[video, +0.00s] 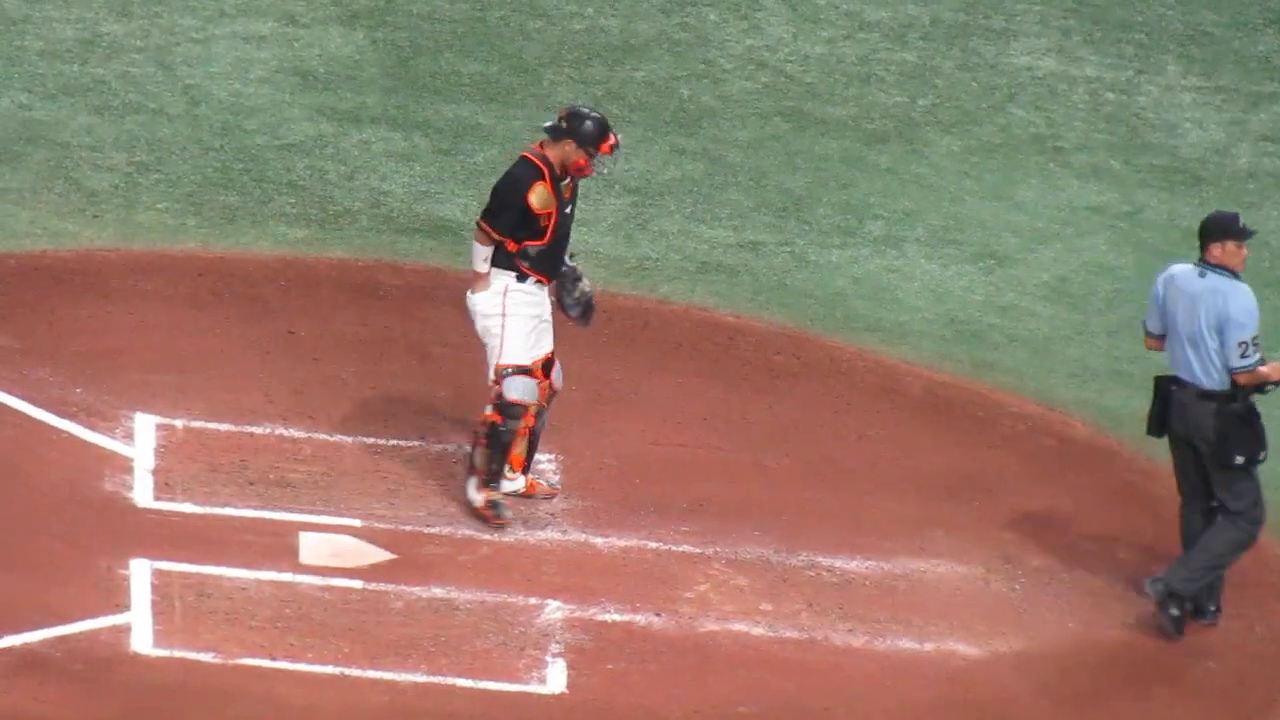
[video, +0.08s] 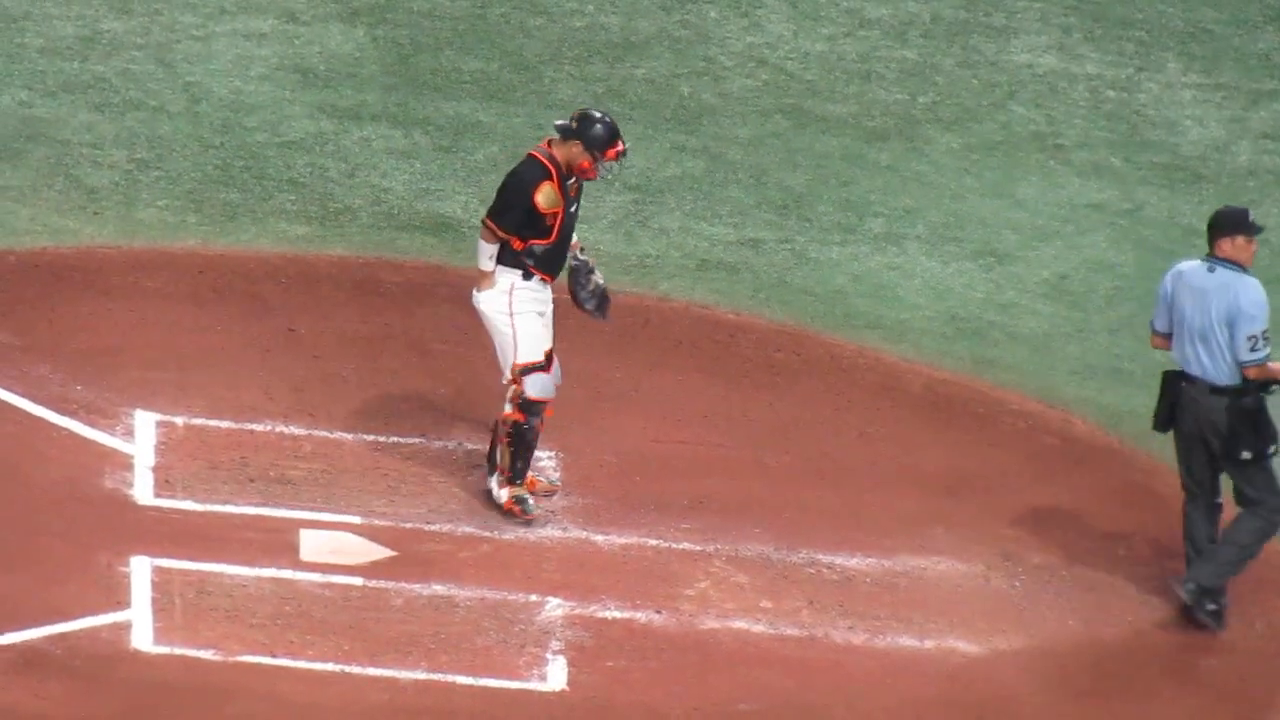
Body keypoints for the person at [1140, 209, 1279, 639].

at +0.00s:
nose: (1246, 251)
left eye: (1244, 244)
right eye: (1241, 245)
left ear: (1210, 249)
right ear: (1219, 249)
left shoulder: (1171, 277)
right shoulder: (1237, 296)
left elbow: (1154, 340)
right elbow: (1243, 374)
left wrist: (1200, 339)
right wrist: (1269, 372)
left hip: (1178, 404)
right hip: (1218, 413)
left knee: (1196, 504)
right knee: (1244, 515)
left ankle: (1205, 599)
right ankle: (1173, 588)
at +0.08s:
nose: (1256, 247)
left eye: (1254, 239)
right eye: (1250, 240)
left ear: (1218, 244)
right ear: (1229, 243)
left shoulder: (1179, 273)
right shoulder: (1247, 290)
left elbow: (1160, 339)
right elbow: (1253, 368)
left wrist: (1207, 340)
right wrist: (1276, 369)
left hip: (1188, 399)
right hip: (1230, 408)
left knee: (1199, 496)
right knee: (1264, 505)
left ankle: (1204, 594)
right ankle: (1201, 584)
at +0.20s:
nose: (1267, 239)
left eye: (1265, 232)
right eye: (1263, 233)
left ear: (1227, 237)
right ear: (1247, 237)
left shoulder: (1188, 271)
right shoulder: (1264, 284)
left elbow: (1168, 336)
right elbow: (1269, 361)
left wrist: (1215, 339)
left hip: (1202, 396)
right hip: (1249, 401)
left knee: (1205, 496)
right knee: (1273, 494)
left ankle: (1204, 594)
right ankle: (1255, 592)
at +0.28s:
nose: (1273, 240)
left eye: (1270, 233)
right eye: (1270, 234)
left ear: (1233, 236)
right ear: (1257, 238)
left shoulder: (1196, 274)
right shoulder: (1273, 284)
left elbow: (1171, 339)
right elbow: (1278, 361)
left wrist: (1216, 336)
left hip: (1214, 397)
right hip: (1262, 401)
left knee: (1208, 497)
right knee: (1276, 499)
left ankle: (1205, 599)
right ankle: (1277, 601)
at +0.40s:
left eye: (1279, 233)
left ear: (1245, 235)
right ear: (1276, 237)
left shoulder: (1212, 276)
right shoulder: (1278, 274)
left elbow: (1181, 341)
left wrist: (1224, 331)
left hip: (1231, 398)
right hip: (1275, 399)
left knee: (1214, 496)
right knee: (1279, 493)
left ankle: (1206, 598)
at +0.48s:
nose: (1254, 232)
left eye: (1254, 226)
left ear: (1255, 231)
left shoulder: (1228, 275)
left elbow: (1193, 342)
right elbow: (1195, 341)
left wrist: (1232, 329)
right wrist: (1232, 328)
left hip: (1245, 399)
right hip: (1277, 401)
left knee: (1220, 494)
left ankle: (1207, 596)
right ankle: (1209, 593)